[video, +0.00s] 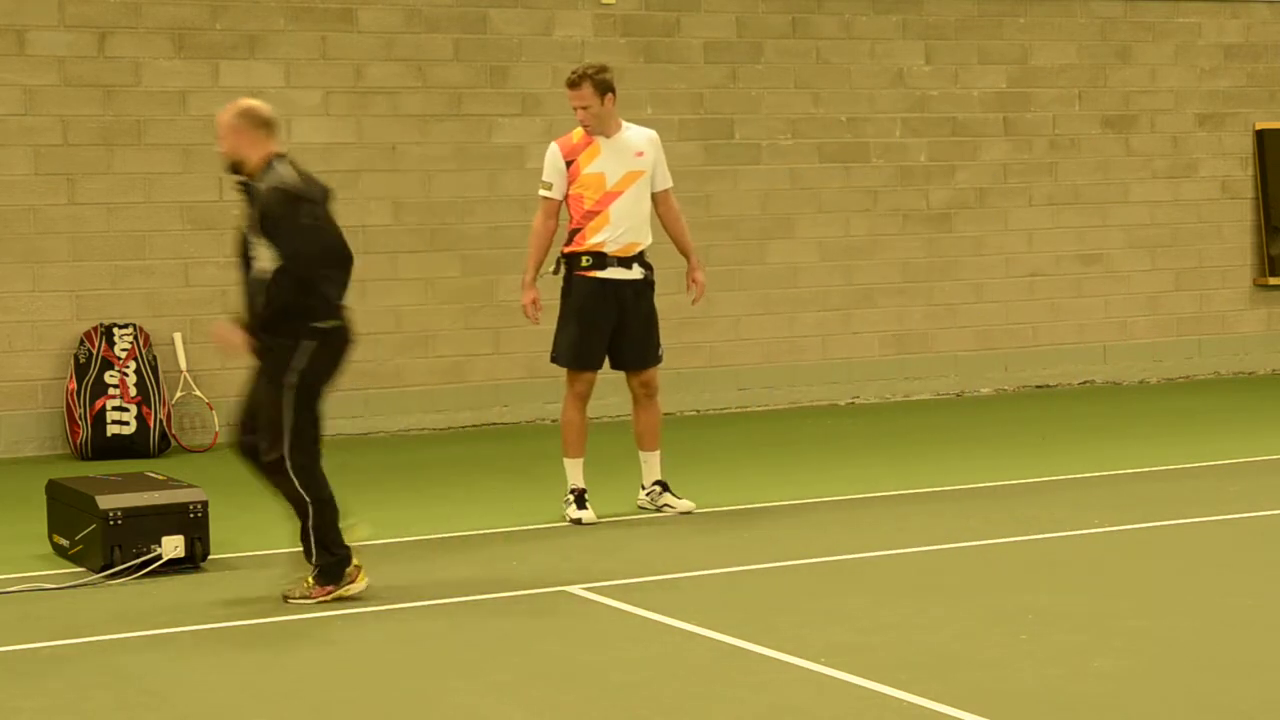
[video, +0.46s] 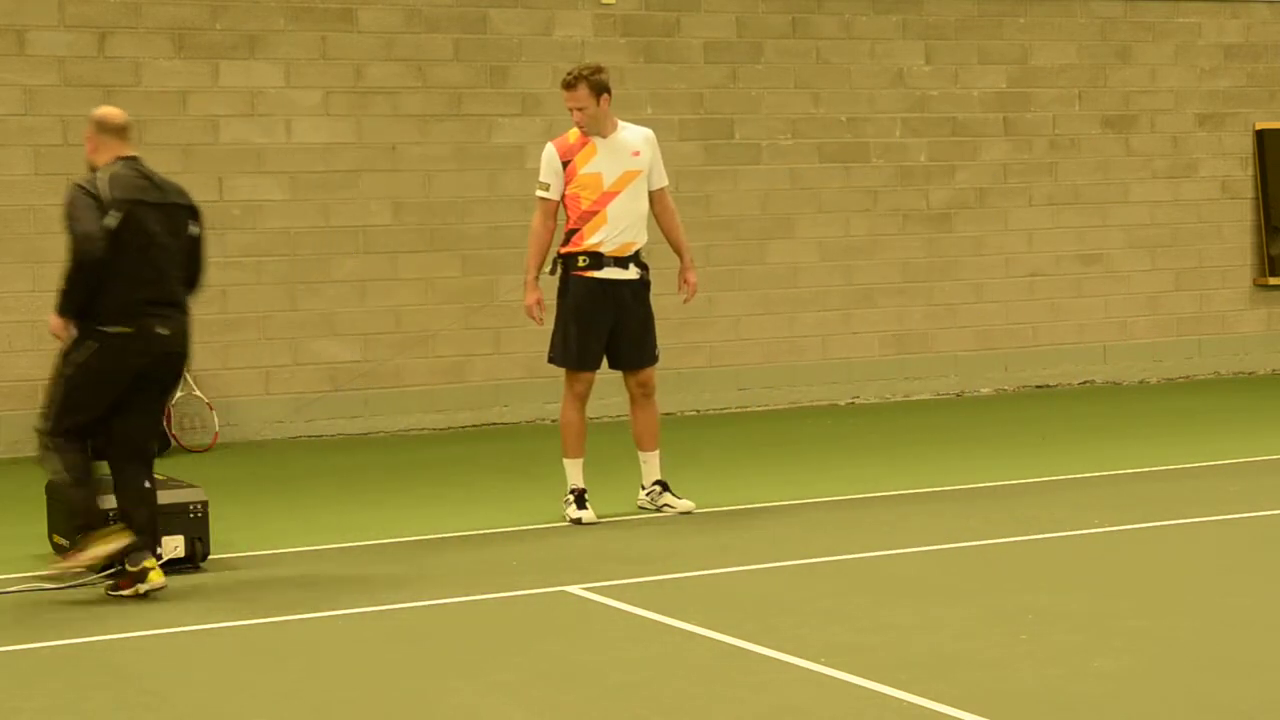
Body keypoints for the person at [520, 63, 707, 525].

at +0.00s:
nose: (579, 116)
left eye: (585, 108)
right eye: (575, 109)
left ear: (610, 100)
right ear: (573, 106)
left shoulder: (646, 143)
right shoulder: (563, 152)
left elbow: (666, 206)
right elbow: (546, 219)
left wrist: (693, 261)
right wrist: (530, 279)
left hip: (635, 282)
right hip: (585, 283)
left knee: (646, 385)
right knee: (579, 388)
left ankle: (653, 486)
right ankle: (576, 493)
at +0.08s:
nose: (577, 116)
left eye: (583, 107)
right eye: (572, 109)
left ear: (607, 100)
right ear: (573, 106)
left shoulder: (644, 142)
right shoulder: (562, 151)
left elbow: (664, 205)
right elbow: (545, 218)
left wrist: (690, 260)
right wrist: (530, 279)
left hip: (633, 281)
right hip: (583, 282)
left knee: (645, 385)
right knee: (578, 388)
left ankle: (653, 487)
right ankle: (576, 493)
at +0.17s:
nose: (576, 117)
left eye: (582, 108)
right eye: (572, 109)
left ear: (607, 101)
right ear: (571, 106)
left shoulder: (643, 142)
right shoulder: (561, 152)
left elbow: (663, 205)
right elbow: (545, 219)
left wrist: (687, 260)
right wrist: (530, 280)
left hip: (632, 282)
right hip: (582, 283)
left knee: (644, 385)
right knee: (578, 388)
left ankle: (653, 486)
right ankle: (576, 493)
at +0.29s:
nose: (575, 117)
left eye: (581, 109)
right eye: (570, 110)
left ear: (606, 101)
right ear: (570, 107)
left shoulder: (642, 142)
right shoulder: (560, 152)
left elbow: (662, 205)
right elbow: (544, 218)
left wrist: (686, 261)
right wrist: (531, 280)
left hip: (631, 282)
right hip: (581, 283)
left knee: (643, 385)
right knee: (578, 388)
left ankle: (653, 486)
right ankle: (576, 493)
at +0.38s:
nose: (574, 117)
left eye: (580, 109)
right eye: (570, 110)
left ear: (605, 101)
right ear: (570, 107)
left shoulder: (642, 142)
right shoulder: (560, 152)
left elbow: (662, 205)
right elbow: (544, 219)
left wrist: (686, 261)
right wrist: (531, 280)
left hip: (631, 281)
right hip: (581, 283)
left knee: (643, 385)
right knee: (578, 388)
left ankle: (653, 486)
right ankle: (576, 494)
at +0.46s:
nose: (574, 117)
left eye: (580, 109)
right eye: (570, 110)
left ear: (605, 101)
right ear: (570, 107)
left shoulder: (642, 142)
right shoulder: (560, 152)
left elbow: (662, 204)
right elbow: (544, 219)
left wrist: (686, 261)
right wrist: (531, 280)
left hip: (630, 281)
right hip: (581, 282)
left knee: (643, 385)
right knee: (578, 388)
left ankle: (653, 486)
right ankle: (576, 494)